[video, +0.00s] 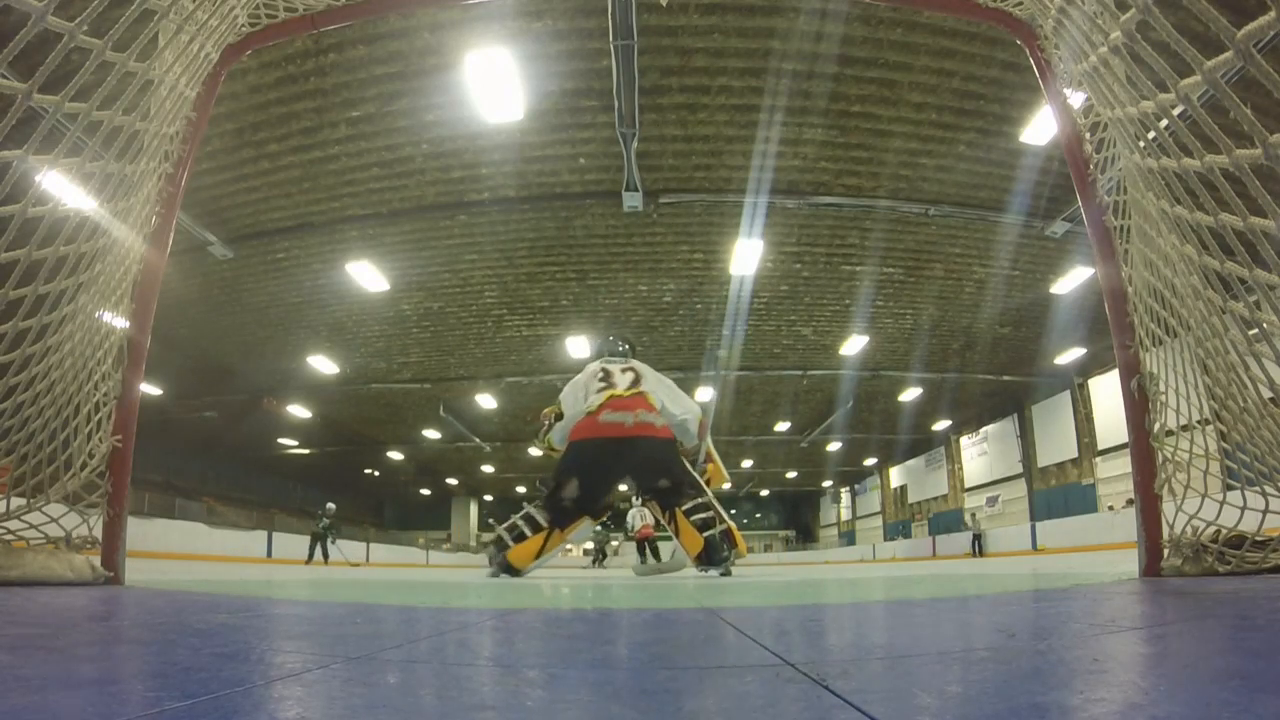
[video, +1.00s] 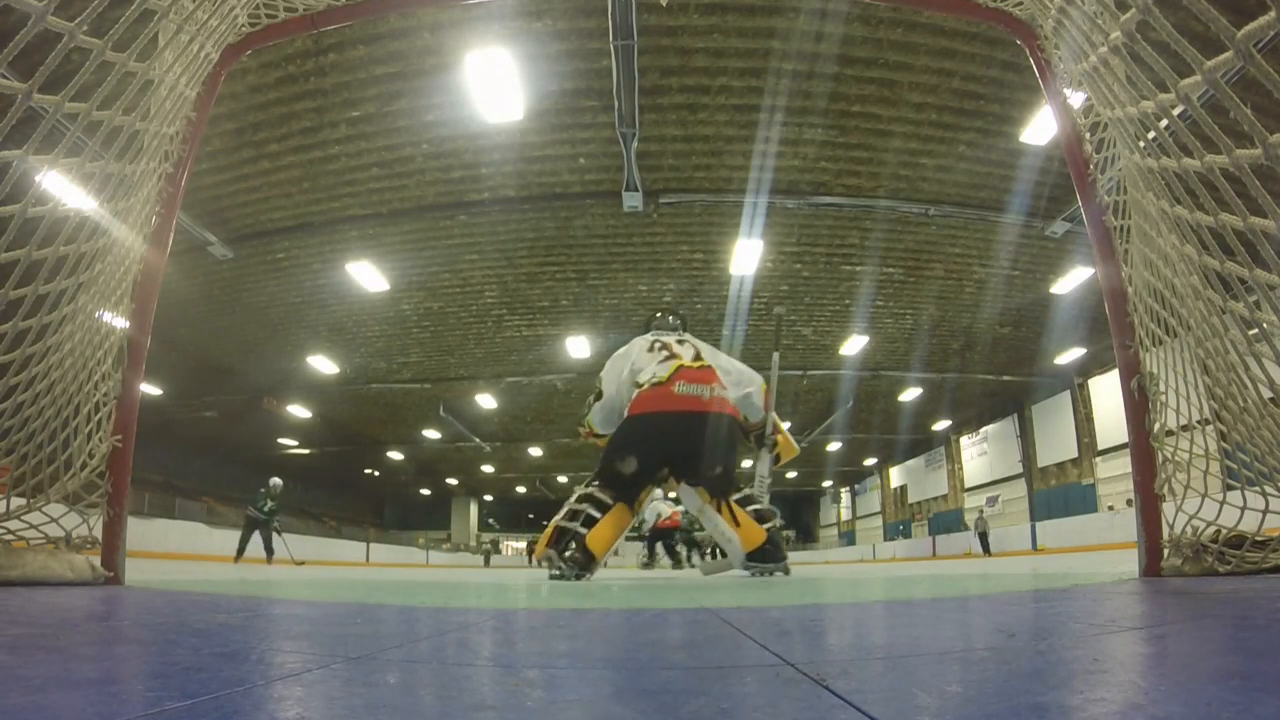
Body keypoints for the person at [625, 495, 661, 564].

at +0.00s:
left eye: (634, 502)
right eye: (638, 502)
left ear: (632, 503)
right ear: (641, 502)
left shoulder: (631, 512)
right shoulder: (646, 510)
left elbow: (629, 523)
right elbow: (652, 521)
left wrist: (629, 531)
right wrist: (650, 526)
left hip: (639, 532)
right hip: (649, 530)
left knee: (641, 549)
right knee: (653, 546)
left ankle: (643, 562)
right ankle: (658, 560)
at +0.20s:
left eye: (627, 500)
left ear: (628, 501)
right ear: (636, 500)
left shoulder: (628, 509)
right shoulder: (642, 507)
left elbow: (623, 522)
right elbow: (649, 519)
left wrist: (624, 532)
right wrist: (646, 526)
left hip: (635, 532)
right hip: (645, 531)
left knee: (634, 551)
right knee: (646, 547)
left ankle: (632, 565)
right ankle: (644, 563)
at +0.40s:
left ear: (625, 501)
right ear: (633, 500)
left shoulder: (625, 509)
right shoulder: (639, 508)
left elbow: (619, 523)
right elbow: (646, 519)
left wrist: (619, 533)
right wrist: (643, 528)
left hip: (629, 532)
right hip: (641, 531)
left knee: (626, 548)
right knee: (638, 546)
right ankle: (635, 562)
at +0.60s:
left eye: (627, 502)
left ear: (627, 502)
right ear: (635, 501)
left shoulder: (626, 510)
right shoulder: (641, 508)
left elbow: (620, 528)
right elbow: (648, 518)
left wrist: (623, 534)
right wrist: (646, 527)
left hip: (631, 532)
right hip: (643, 531)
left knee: (621, 548)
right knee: (637, 548)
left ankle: (614, 560)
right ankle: (638, 562)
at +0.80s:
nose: (638, 499)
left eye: (638, 498)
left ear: (639, 499)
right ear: (647, 498)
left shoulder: (637, 507)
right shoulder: (654, 505)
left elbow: (633, 522)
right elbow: (659, 515)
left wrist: (630, 532)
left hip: (642, 529)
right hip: (655, 528)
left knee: (632, 545)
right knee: (648, 545)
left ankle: (623, 561)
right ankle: (651, 562)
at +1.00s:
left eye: (653, 496)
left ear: (653, 496)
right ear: (662, 496)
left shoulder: (654, 505)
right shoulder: (669, 504)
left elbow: (649, 521)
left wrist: (643, 531)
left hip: (659, 529)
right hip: (671, 528)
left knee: (651, 541)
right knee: (667, 544)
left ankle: (651, 560)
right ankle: (677, 559)